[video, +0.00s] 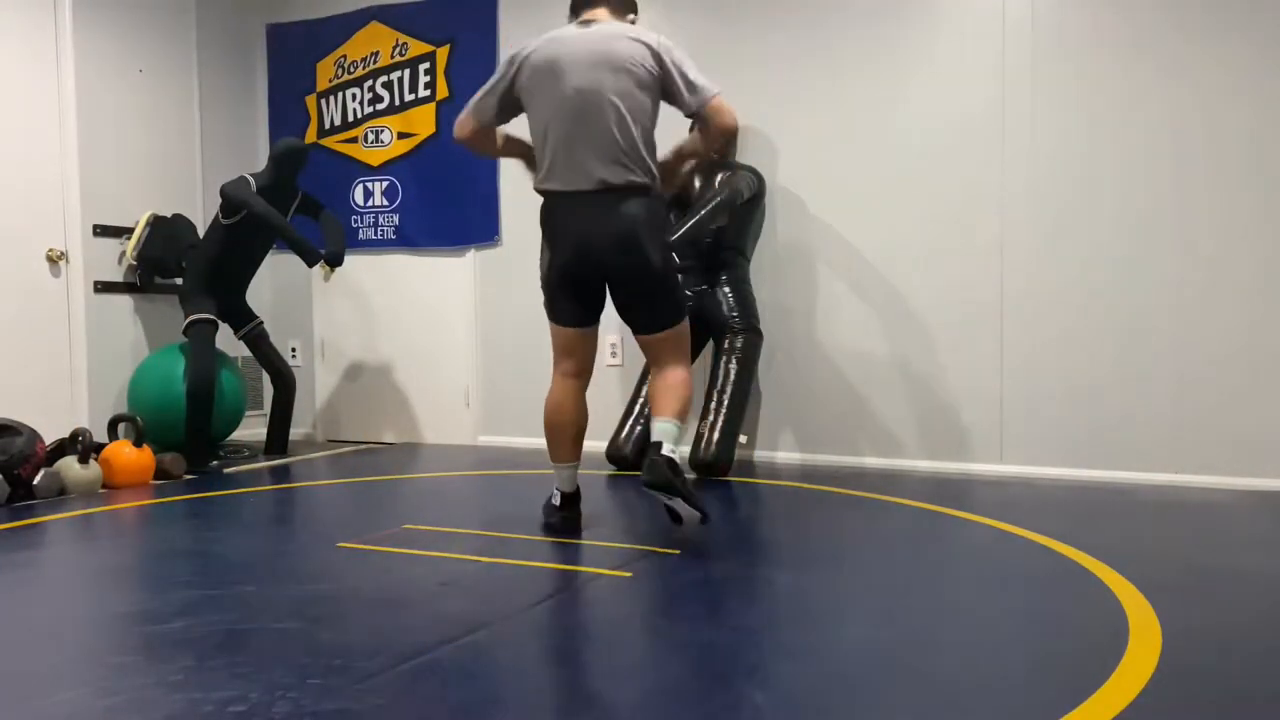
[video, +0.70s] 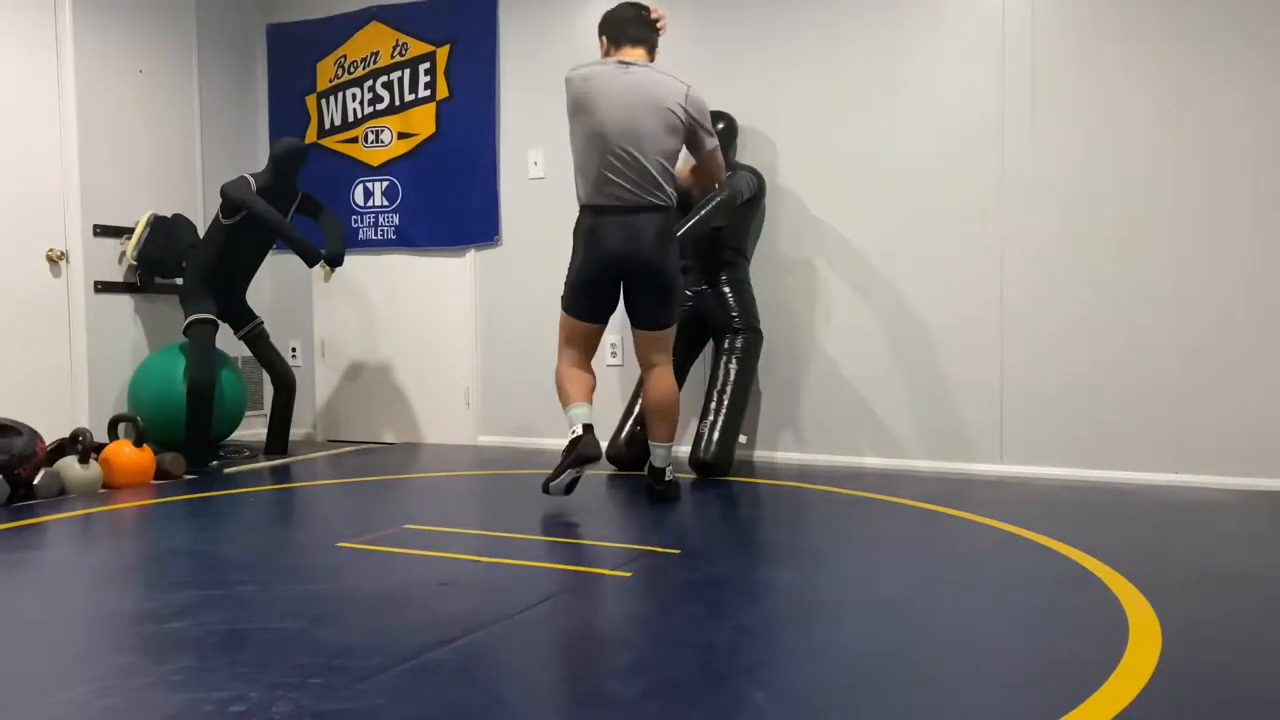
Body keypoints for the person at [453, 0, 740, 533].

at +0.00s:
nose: (635, 20)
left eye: (632, 18)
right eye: (635, 15)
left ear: (575, 11)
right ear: (626, 11)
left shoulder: (531, 53)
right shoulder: (647, 45)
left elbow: (467, 131)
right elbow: (723, 122)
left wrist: (523, 149)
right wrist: (685, 159)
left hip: (564, 224)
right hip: (634, 221)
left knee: (569, 369)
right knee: (667, 356)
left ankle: (564, 501)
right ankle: (665, 452)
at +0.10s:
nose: (629, 27)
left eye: (626, 22)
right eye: (629, 20)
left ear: (572, 12)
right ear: (623, 15)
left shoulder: (527, 60)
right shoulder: (641, 54)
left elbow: (500, 146)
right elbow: (702, 138)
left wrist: (551, 119)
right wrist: (662, 128)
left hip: (560, 225)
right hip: (628, 222)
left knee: (566, 370)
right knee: (661, 349)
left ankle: (564, 499)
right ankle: (652, 462)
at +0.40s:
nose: (633, 47)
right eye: (636, 40)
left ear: (581, 33)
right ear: (634, 40)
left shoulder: (545, 78)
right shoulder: (652, 83)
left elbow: (562, 141)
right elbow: (704, 162)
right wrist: (663, 175)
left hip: (569, 236)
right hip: (630, 234)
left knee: (570, 368)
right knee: (644, 364)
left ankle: (566, 497)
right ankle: (655, 466)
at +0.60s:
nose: (602, 49)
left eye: (599, 42)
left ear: (599, 41)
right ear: (650, 47)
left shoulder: (571, 83)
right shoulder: (674, 94)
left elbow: (594, 146)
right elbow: (711, 176)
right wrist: (671, 191)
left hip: (589, 238)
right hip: (649, 238)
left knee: (575, 362)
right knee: (655, 361)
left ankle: (572, 449)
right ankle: (661, 474)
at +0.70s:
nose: (605, 50)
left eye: (603, 43)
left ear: (605, 44)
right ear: (655, 45)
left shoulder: (578, 82)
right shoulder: (681, 94)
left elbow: (616, 74)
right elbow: (713, 174)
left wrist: (641, 26)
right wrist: (672, 174)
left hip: (595, 237)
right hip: (655, 238)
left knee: (575, 350)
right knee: (658, 359)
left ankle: (580, 432)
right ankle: (661, 472)